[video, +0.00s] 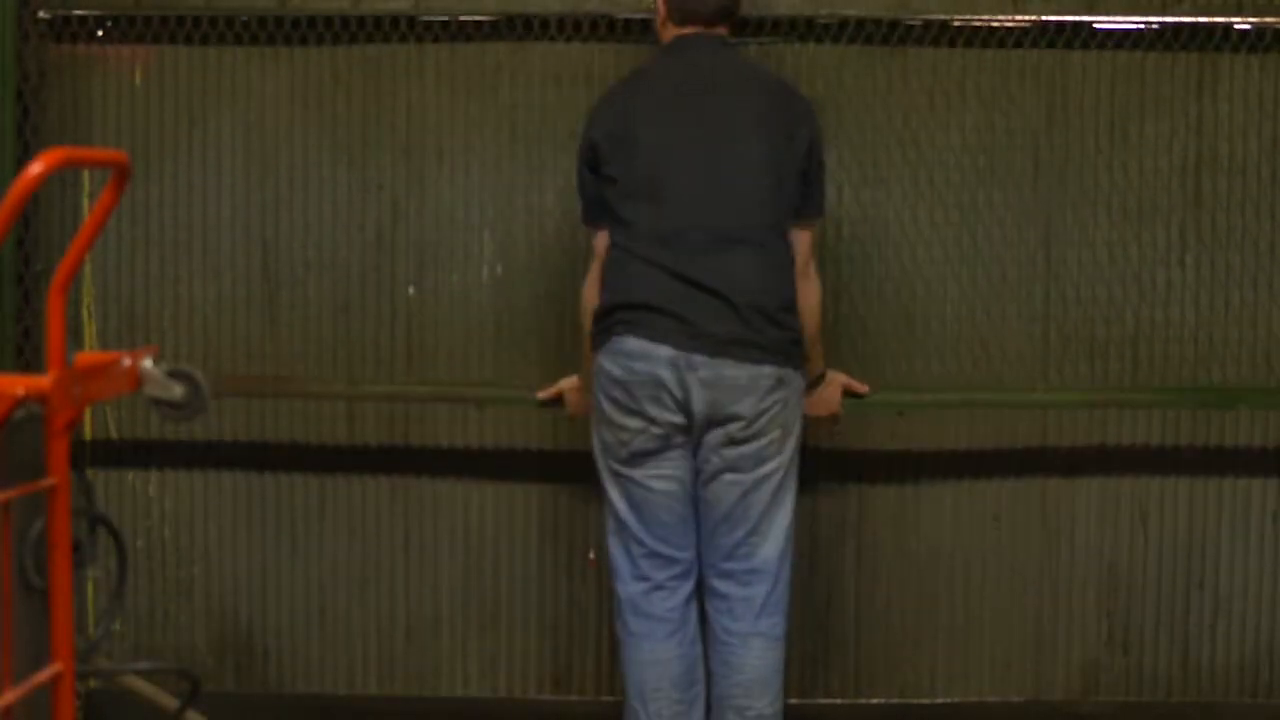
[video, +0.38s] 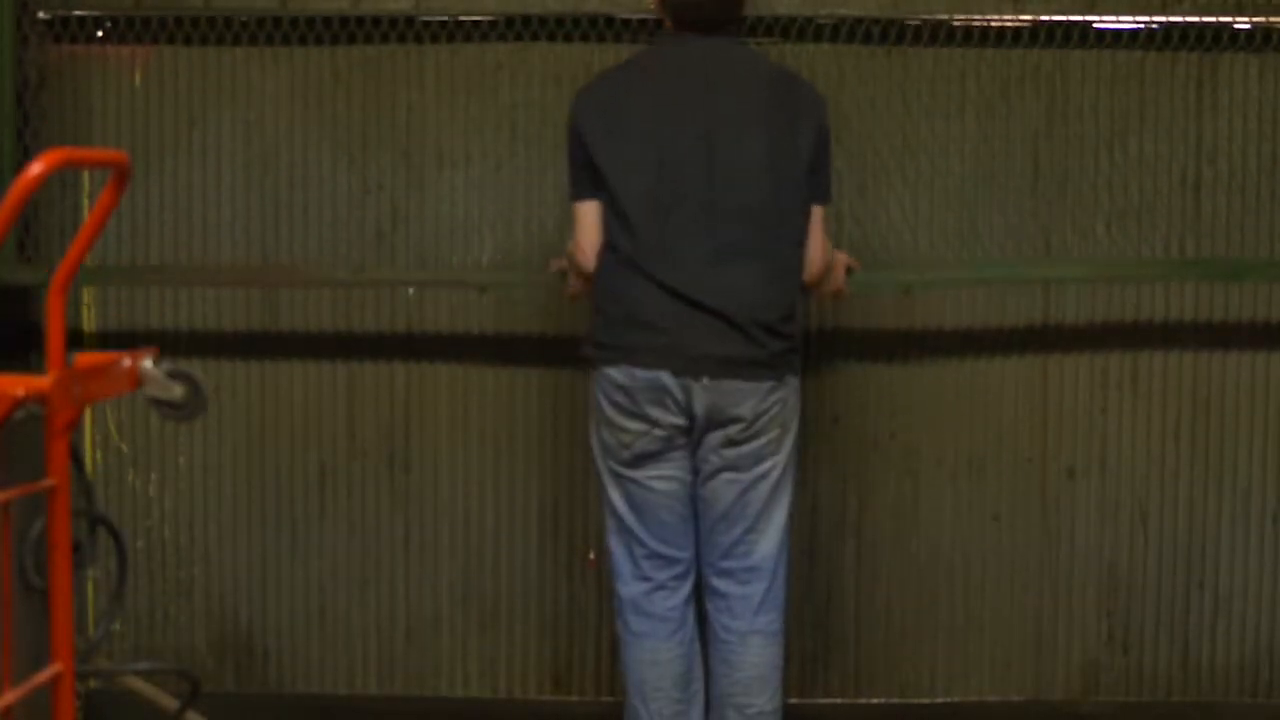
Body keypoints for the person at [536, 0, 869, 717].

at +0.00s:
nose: (655, 18)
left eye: (655, 13)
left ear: (661, 14)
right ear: (735, 20)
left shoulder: (619, 103)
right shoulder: (786, 105)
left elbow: (603, 253)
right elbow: (801, 258)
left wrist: (590, 374)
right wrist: (814, 376)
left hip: (637, 346)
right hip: (754, 356)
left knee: (655, 582)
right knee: (746, 585)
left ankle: (666, 717)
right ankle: (745, 716)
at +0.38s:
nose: (654, 12)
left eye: (657, 7)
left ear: (660, 13)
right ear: (742, 13)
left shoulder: (606, 96)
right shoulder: (794, 97)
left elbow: (589, 255)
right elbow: (812, 264)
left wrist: (578, 268)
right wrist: (828, 270)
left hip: (635, 367)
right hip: (753, 371)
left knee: (654, 586)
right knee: (744, 587)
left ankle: (665, 717)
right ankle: (745, 716)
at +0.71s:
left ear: (659, 5)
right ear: (738, 5)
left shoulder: (606, 91)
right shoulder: (790, 93)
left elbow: (566, 230)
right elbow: (824, 236)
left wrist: (623, 163)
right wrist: (824, 145)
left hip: (637, 367)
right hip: (753, 371)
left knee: (656, 583)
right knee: (744, 585)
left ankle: (664, 716)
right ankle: (744, 716)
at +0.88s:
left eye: (671, 2)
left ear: (663, 7)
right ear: (735, 6)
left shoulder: (614, 88)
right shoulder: (783, 90)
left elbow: (545, 167)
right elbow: (853, 174)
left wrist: (578, 71)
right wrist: (834, 76)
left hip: (638, 364)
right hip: (752, 368)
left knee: (656, 580)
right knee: (744, 581)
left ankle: (665, 716)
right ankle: (745, 715)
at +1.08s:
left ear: (664, 1)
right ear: (739, 1)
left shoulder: (618, 81)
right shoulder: (783, 84)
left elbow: (544, 57)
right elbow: (869, 71)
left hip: (638, 356)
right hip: (750, 361)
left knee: (657, 580)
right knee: (744, 580)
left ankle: (667, 715)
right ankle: (744, 713)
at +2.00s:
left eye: (652, 8)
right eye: (731, 7)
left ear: (654, 12)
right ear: (731, 10)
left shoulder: (618, 92)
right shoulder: (780, 91)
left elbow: (534, 184)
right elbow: (847, 189)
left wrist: (562, 91)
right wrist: (810, 92)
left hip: (643, 335)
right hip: (757, 336)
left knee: (657, 569)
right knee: (751, 568)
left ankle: (665, 713)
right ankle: (750, 713)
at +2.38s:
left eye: (622, 16)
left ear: (626, 19)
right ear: (706, 13)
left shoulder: (594, 105)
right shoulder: (774, 84)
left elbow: (531, 232)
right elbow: (882, 151)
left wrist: (581, 167)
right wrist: (818, 128)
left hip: (646, 338)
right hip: (762, 336)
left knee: (662, 574)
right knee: (753, 571)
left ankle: (672, 715)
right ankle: (755, 715)